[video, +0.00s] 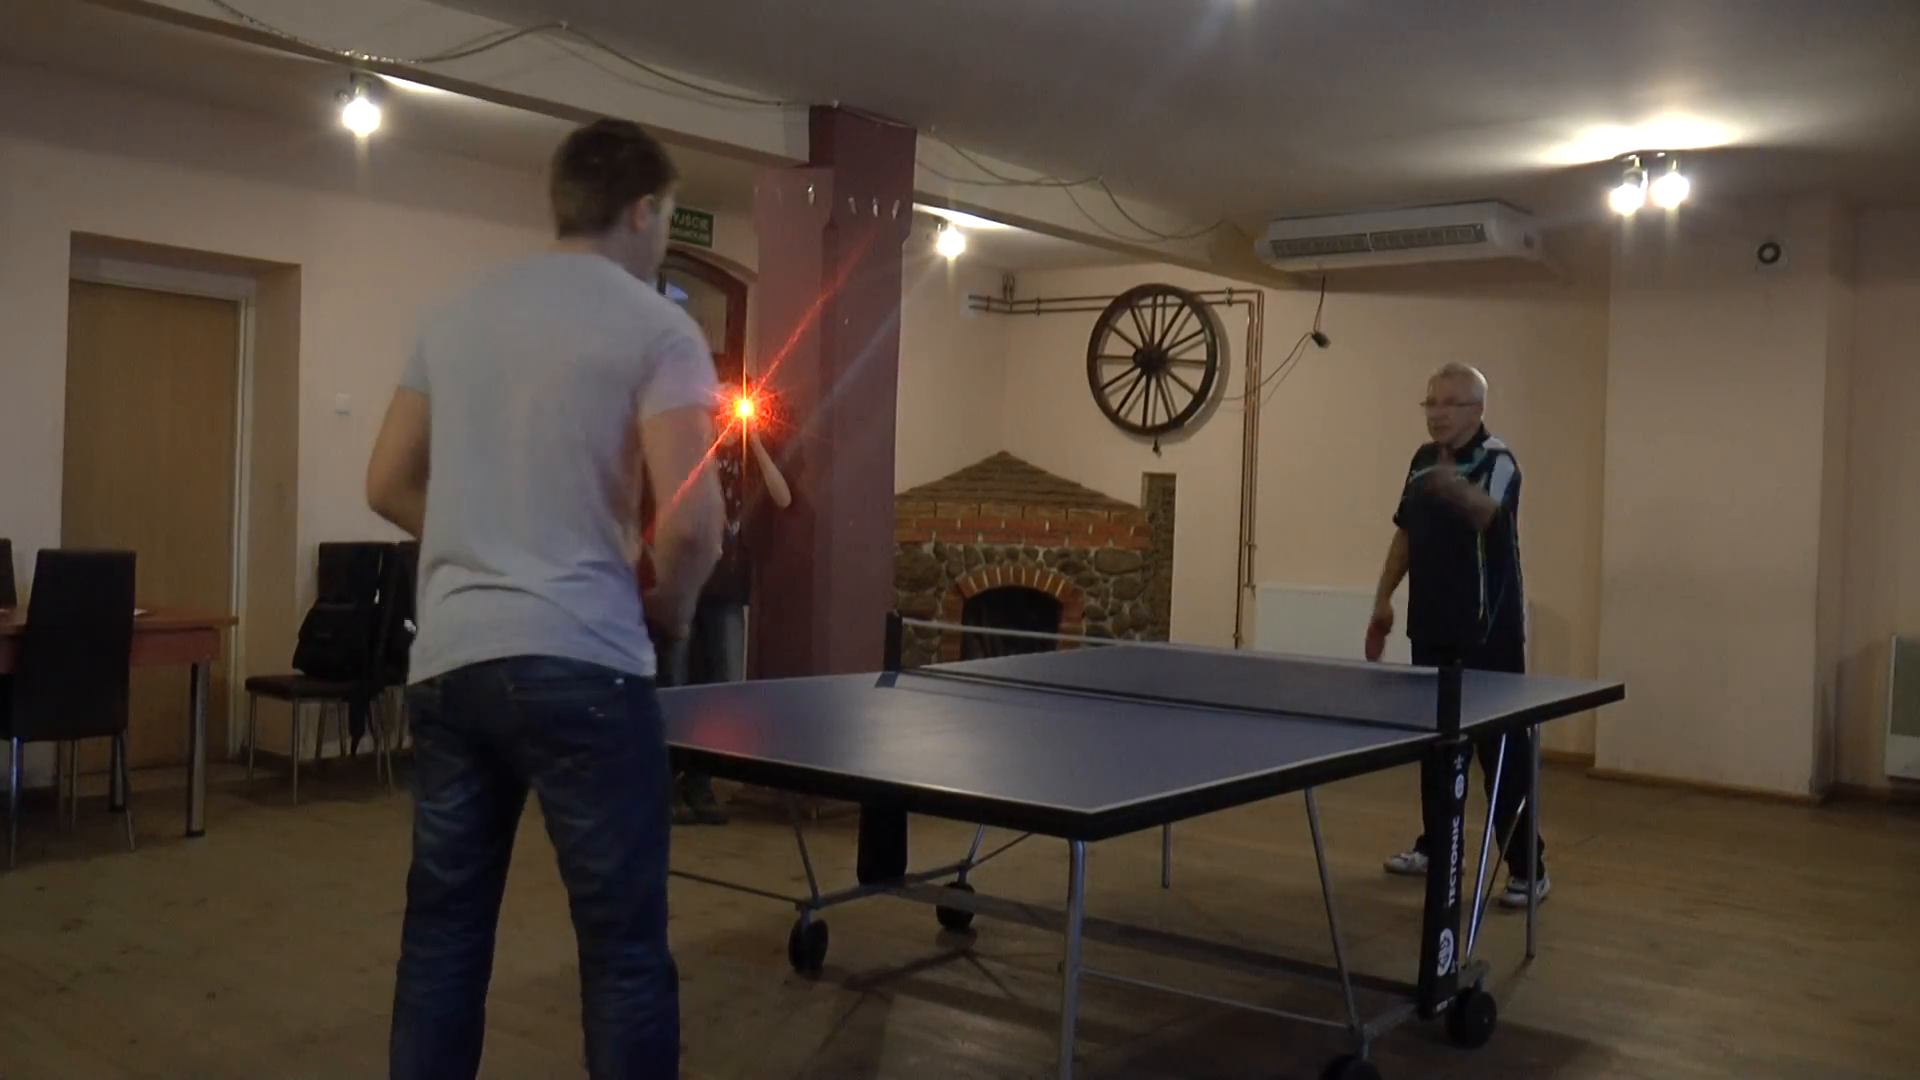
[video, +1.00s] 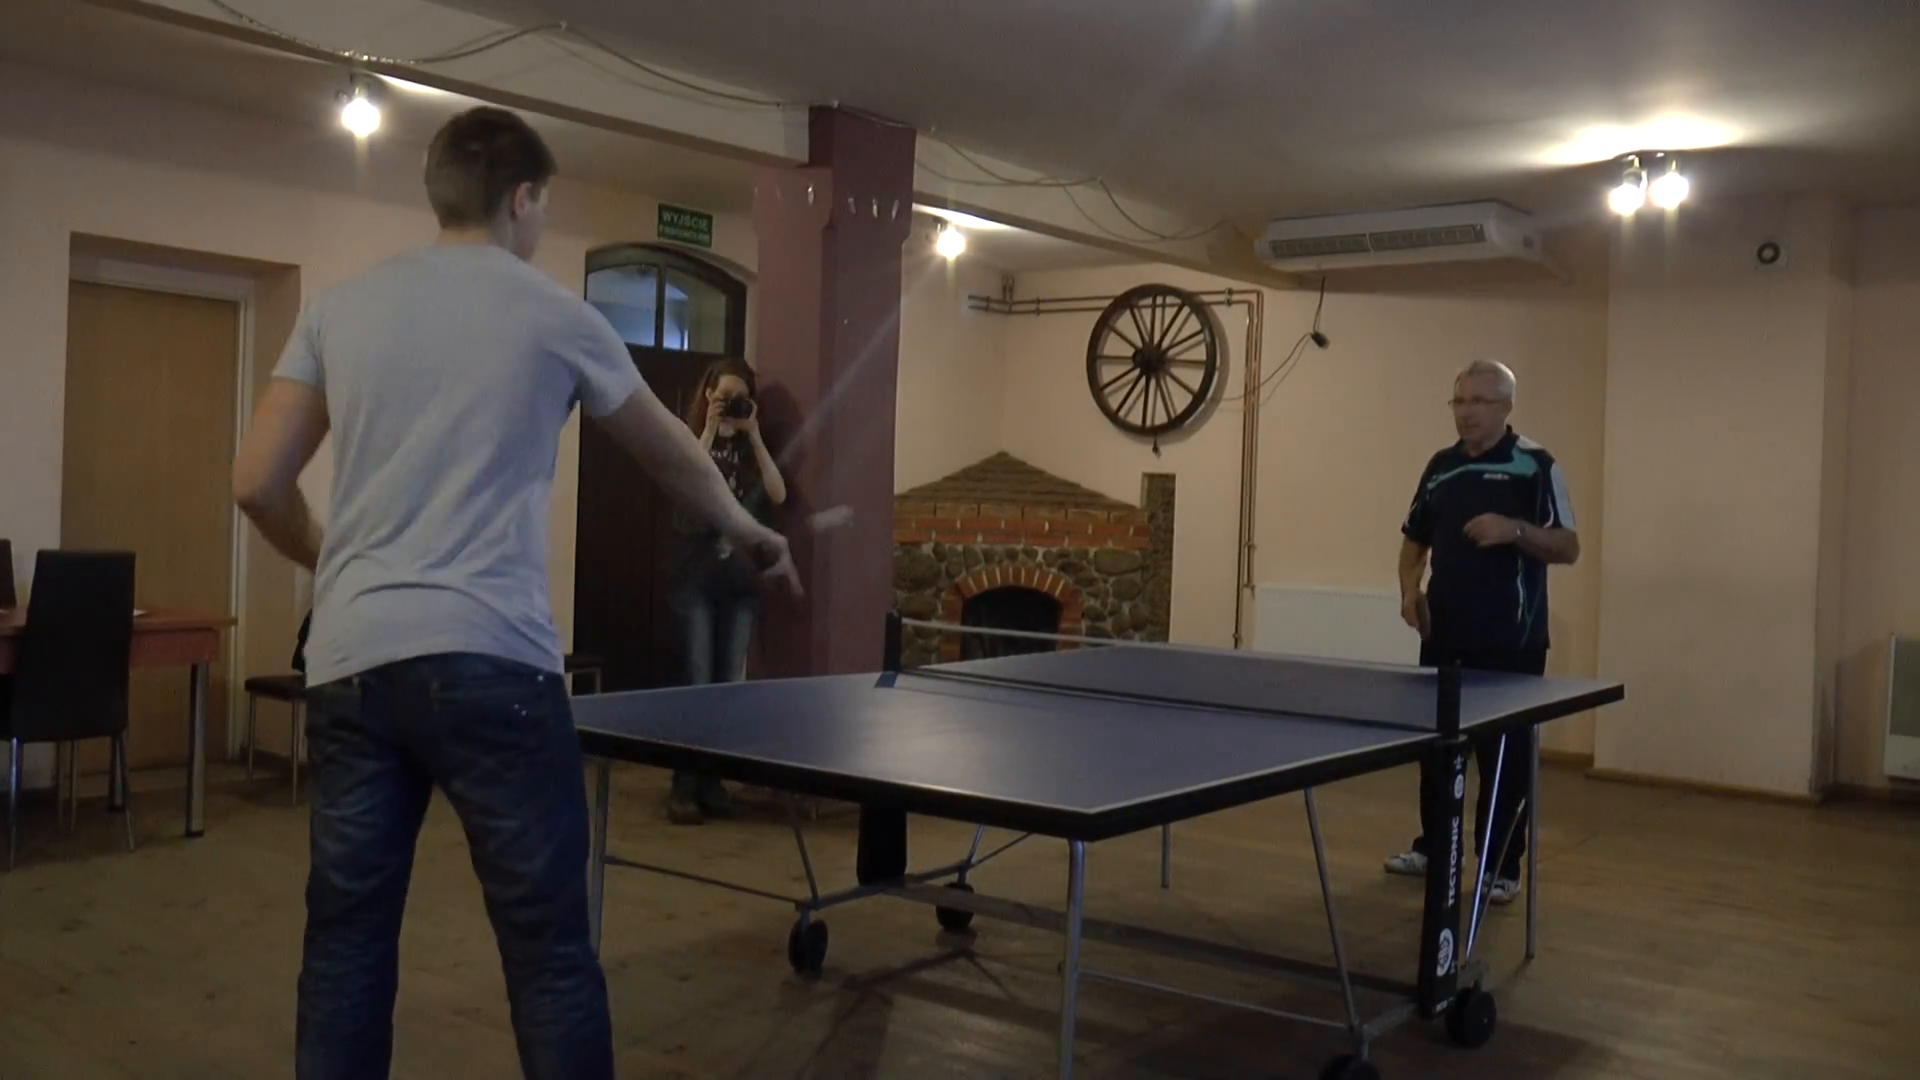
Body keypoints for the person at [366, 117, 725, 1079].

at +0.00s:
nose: (665, 234)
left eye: (666, 216)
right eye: (665, 215)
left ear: (562, 207)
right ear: (642, 211)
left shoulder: (457, 309)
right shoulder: (656, 322)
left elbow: (390, 483)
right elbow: (690, 519)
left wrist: (487, 540)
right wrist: (664, 617)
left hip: (448, 658)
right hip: (584, 657)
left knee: (441, 928)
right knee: (623, 942)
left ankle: (422, 1074)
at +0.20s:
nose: (715, 234)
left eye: (716, 218)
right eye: (715, 216)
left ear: (609, 206)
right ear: (694, 213)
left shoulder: (503, 308)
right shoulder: (711, 328)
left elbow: (436, 475)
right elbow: (740, 517)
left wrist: (526, 545)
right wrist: (699, 618)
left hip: (490, 650)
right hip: (631, 653)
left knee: (456, 915)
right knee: (642, 931)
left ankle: (428, 1072)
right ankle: (641, 1073)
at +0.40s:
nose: (720, 238)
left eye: (724, 223)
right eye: (723, 220)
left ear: (614, 208)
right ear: (703, 214)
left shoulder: (509, 305)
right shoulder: (713, 325)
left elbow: (441, 475)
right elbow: (747, 519)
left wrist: (519, 554)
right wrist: (706, 611)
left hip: (493, 652)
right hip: (631, 656)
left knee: (445, 913)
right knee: (659, 927)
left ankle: (400, 1071)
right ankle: (651, 1074)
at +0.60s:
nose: (668, 249)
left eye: (671, 232)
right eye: (670, 229)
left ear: (566, 215)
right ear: (647, 222)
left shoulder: (459, 320)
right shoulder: (653, 327)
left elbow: (385, 488)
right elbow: (714, 514)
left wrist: (456, 555)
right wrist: (672, 585)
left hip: (444, 666)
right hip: (583, 668)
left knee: (408, 923)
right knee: (637, 936)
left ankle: (368, 1072)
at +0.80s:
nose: (591, 241)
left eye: (593, 222)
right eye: (592, 220)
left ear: (487, 206)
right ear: (567, 210)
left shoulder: (388, 312)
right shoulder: (584, 310)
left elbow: (310, 488)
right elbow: (706, 483)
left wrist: (389, 555)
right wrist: (653, 530)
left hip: (378, 664)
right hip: (519, 664)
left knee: (362, 940)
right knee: (580, 947)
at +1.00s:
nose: (544, 219)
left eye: (544, 201)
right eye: (545, 200)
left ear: (439, 199)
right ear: (522, 198)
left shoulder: (337, 306)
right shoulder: (553, 309)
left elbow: (259, 484)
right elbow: (676, 458)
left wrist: (330, 562)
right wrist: (745, 529)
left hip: (347, 657)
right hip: (490, 651)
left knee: (344, 942)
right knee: (548, 946)